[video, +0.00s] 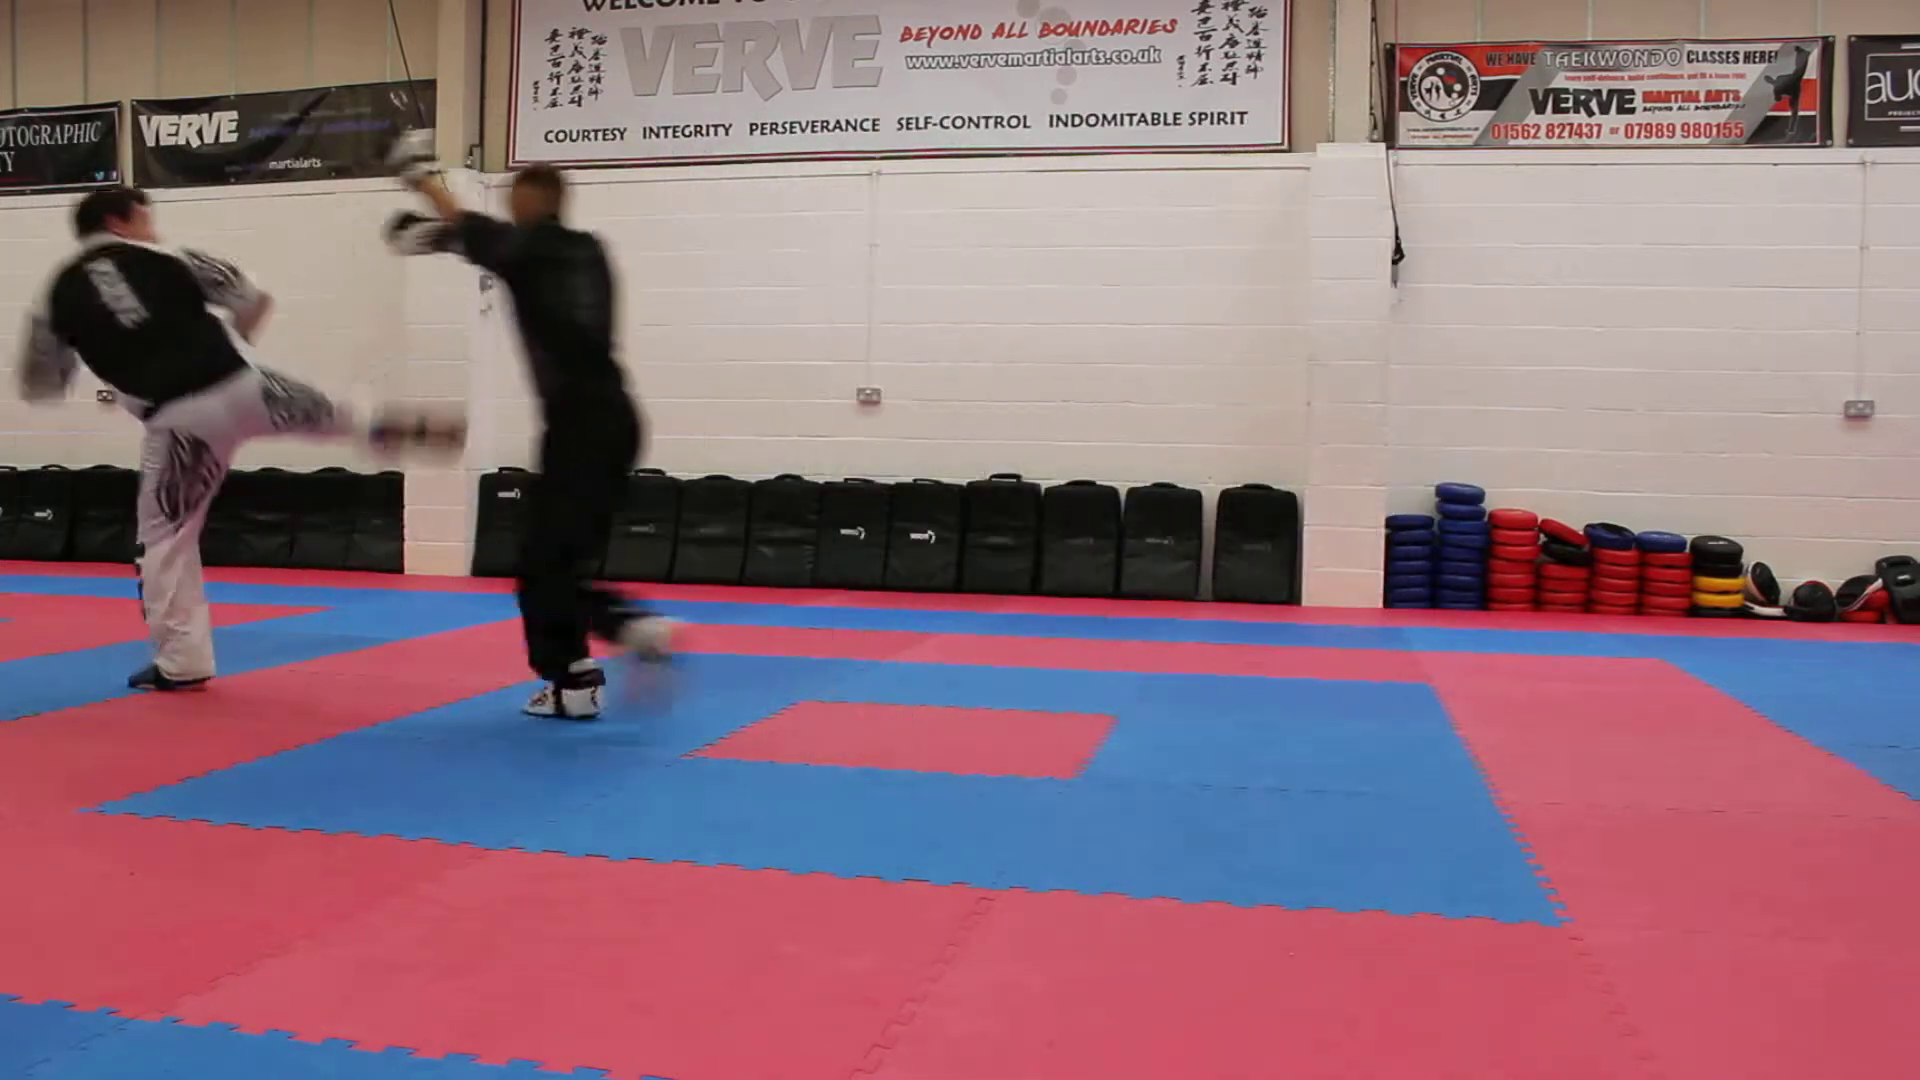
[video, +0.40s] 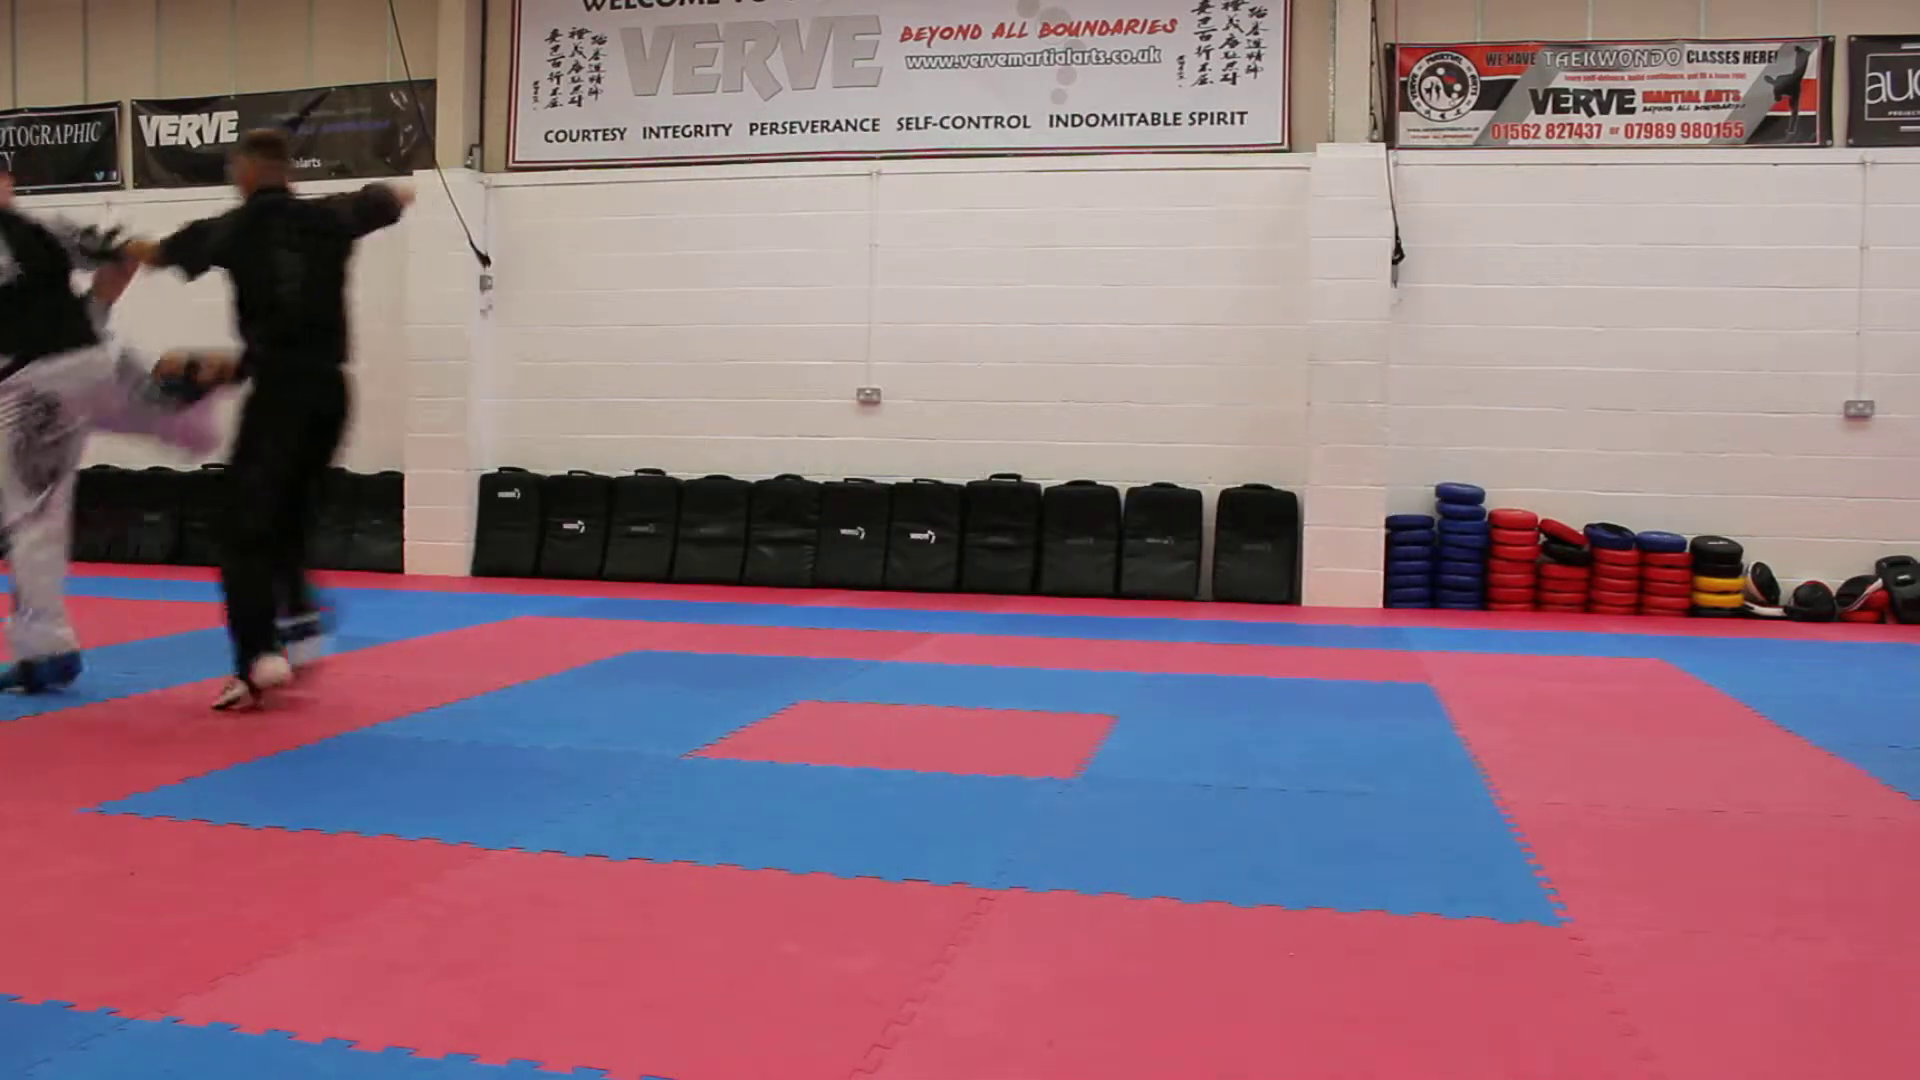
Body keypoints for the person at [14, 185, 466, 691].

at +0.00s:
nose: (151, 227)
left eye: (146, 216)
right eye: (144, 217)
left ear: (87, 227)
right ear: (120, 219)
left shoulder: (59, 293)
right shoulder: (161, 258)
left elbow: (40, 385)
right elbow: (254, 301)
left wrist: (78, 342)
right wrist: (225, 348)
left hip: (179, 425)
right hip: (242, 388)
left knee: (166, 543)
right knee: (344, 420)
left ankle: (184, 662)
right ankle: (412, 431)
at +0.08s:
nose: (115, 200)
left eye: (109, 190)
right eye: (108, 190)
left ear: (47, 202)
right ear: (87, 192)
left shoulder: (27, 267)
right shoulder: (127, 235)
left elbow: (22, 342)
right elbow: (223, 265)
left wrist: (75, 314)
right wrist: (192, 323)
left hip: (153, 400)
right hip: (210, 361)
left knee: (165, 529)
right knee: (317, 378)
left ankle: (179, 656)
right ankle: (404, 350)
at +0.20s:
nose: (72, 172)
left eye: (68, 164)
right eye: (67, 162)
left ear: (11, 168)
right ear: (44, 160)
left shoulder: (3, 220)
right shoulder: (79, 194)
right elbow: (181, 229)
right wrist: (146, 287)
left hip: (107, 361)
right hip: (166, 324)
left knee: (128, 496)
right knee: (280, 363)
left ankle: (154, 617)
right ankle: (319, 325)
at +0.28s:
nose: (47, 170)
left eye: (44, 161)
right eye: (43, 160)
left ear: (4, 158)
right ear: (23, 156)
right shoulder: (57, 194)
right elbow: (158, 204)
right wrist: (127, 281)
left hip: (81, 349)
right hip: (141, 321)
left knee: (89, 485)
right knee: (251, 385)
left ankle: (116, 606)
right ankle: (258, 338)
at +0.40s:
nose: (7, 184)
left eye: (4, 178)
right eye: (6, 178)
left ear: (5, 182)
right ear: (8, 181)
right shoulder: (32, 228)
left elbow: (121, 255)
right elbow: (124, 254)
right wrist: (88, 317)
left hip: (24, 385)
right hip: (89, 363)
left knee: (34, 525)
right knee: (193, 429)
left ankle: (46, 649)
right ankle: (190, 379)